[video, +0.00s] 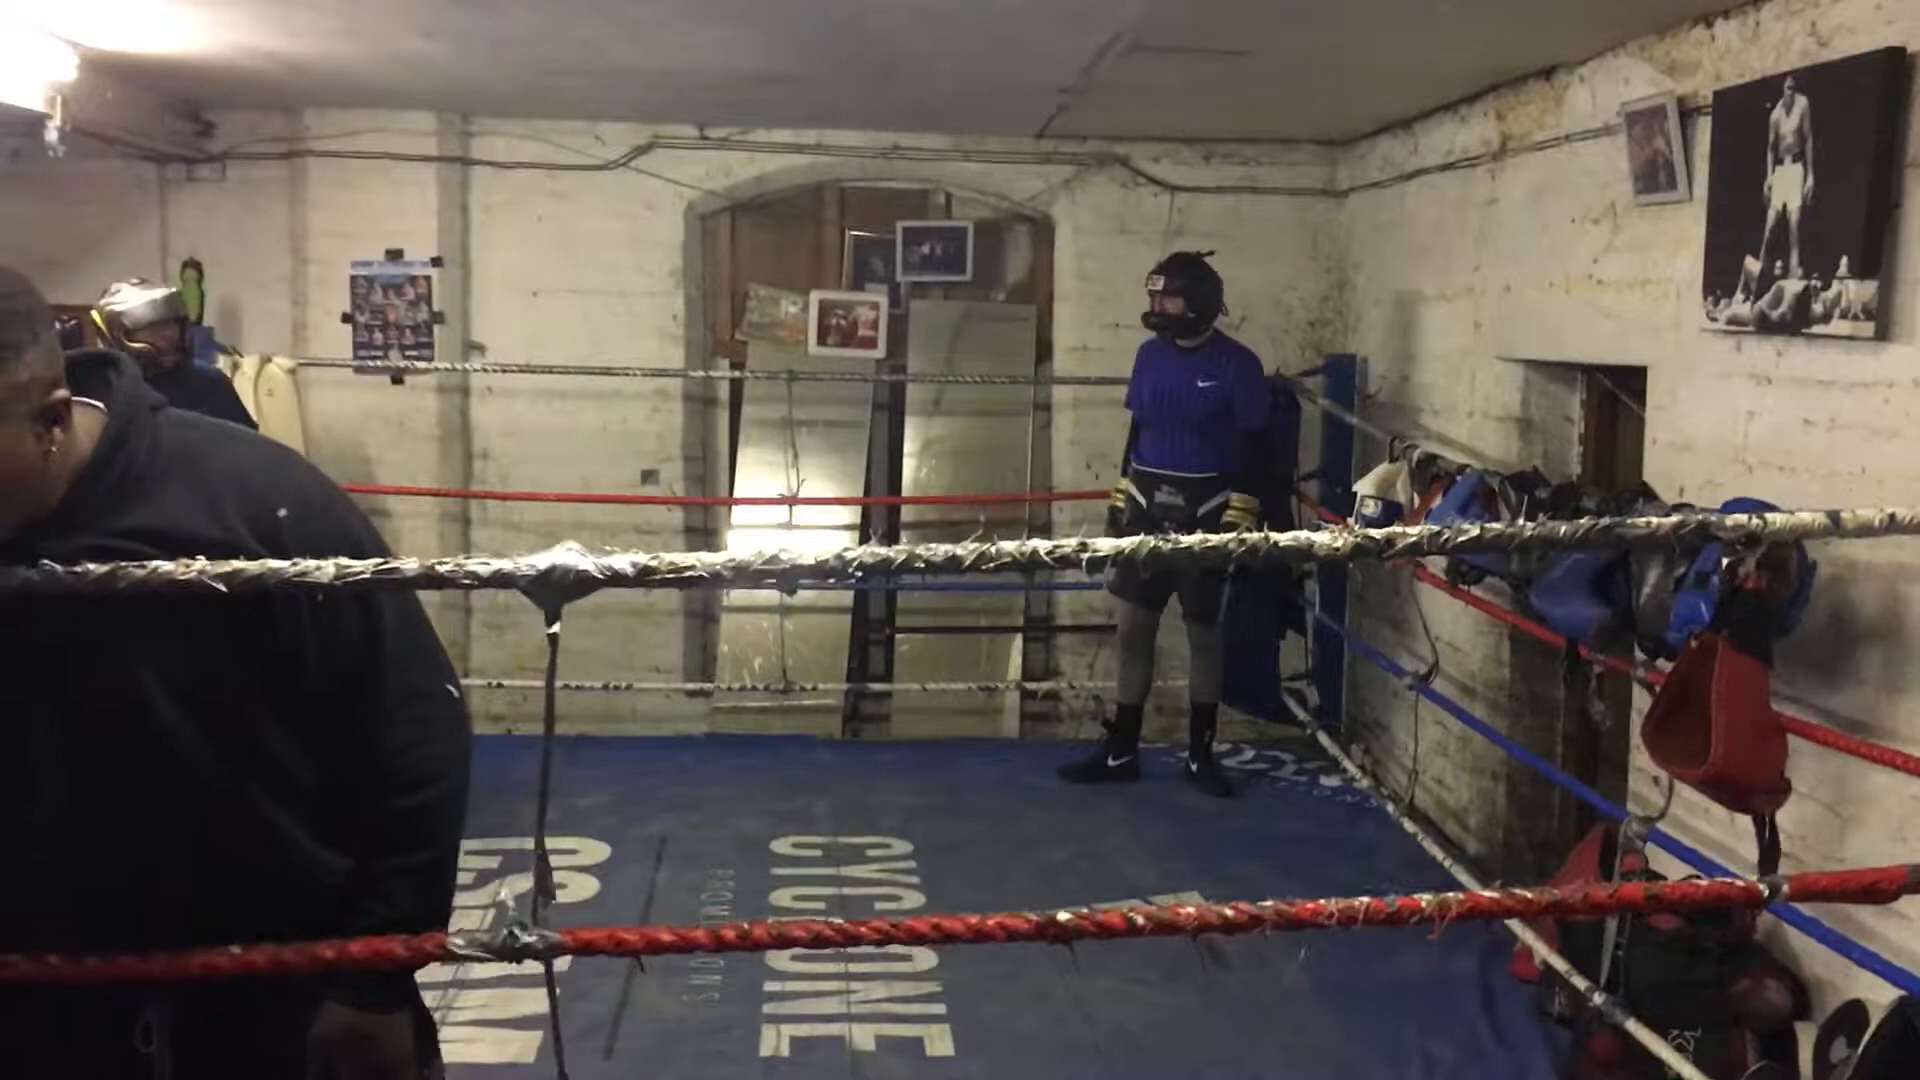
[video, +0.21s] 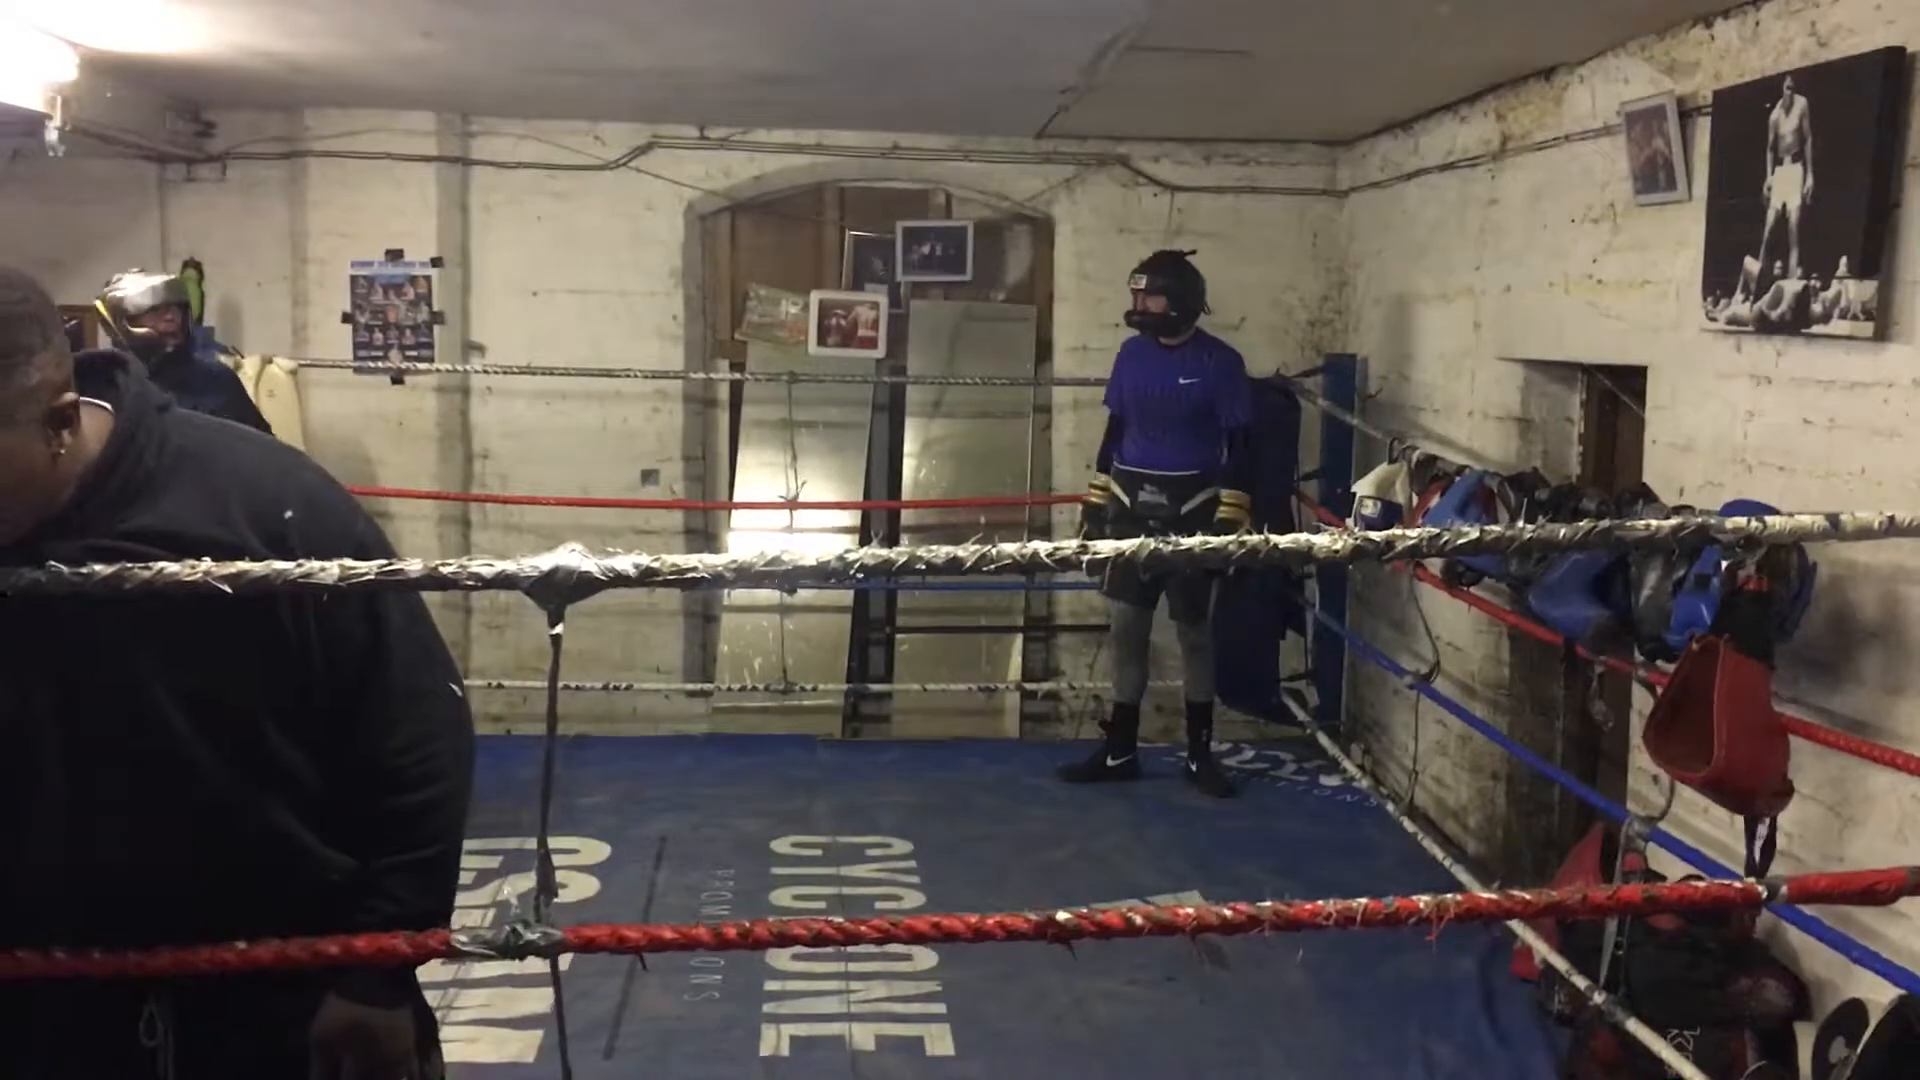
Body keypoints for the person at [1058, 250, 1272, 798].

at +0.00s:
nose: (1157, 304)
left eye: (1168, 295)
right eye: (1154, 295)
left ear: (1199, 301)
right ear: (1154, 300)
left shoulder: (1239, 364)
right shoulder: (1150, 355)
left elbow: (1254, 448)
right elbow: (1138, 431)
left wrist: (1243, 511)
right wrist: (1122, 495)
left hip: (1211, 509)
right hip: (1146, 503)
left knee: (1203, 633)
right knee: (1133, 630)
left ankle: (1201, 755)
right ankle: (1121, 750)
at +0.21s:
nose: (1138, 301)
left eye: (1149, 293)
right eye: (1137, 292)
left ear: (1180, 300)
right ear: (1139, 298)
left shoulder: (1221, 361)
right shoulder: (1130, 355)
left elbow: (1240, 446)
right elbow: (1114, 432)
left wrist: (1230, 521)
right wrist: (1094, 505)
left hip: (1197, 507)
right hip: (1131, 503)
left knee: (1193, 631)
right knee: (1126, 629)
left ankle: (1200, 755)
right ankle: (1119, 749)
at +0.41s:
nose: (1116, 301)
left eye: (1127, 293)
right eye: (1115, 292)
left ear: (1158, 299)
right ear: (1122, 298)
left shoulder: (1200, 361)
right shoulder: (1110, 353)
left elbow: (1224, 443)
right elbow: (1091, 428)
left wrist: (1220, 512)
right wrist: (1067, 495)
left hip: (1176, 508)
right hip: (1113, 505)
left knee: (1182, 634)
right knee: (1120, 632)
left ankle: (1198, 755)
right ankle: (1119, 751)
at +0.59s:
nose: (1099, 301)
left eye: (1110, 293)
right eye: (1099, 292)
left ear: (1141, 299)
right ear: (1105, 298)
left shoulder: (1182, 360)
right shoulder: (1094, 353)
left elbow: (1205, 444)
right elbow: (1070, 428)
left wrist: (1201, 516)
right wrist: (1044, 494)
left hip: (1160, 508)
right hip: (1100, 506)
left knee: (1172, 634)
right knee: (1111, 632)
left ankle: (1197, 754)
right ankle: (1117, 752)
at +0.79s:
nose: (1083, 305)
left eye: (1093, 296)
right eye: (1082, 295)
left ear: (1123, 301)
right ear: (1089, 301)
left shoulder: (1166, 360)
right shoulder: (1079, 357)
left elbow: (1191, 443)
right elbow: (1058, 431)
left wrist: (1190, 517)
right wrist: (1033, 498)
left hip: (1149, 507)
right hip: (1090, 507)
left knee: (1151, 635)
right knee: (1106, 632)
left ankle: (1183, 752)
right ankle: (1117, 751)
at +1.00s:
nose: (1070, 310)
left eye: (1081, 300)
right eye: (1067, 299)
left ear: (1111, 305)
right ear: (1070, 304)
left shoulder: (1155, 361)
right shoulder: (1069, 358)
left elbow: (1182, 444)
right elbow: (1055, 433)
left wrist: (1180, 519)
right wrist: (1036, 503)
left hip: (1140, 503)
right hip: (1084, 505)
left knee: (1124, 629)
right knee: (1098, 628)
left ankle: (1127, 764)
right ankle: (1111, 747)